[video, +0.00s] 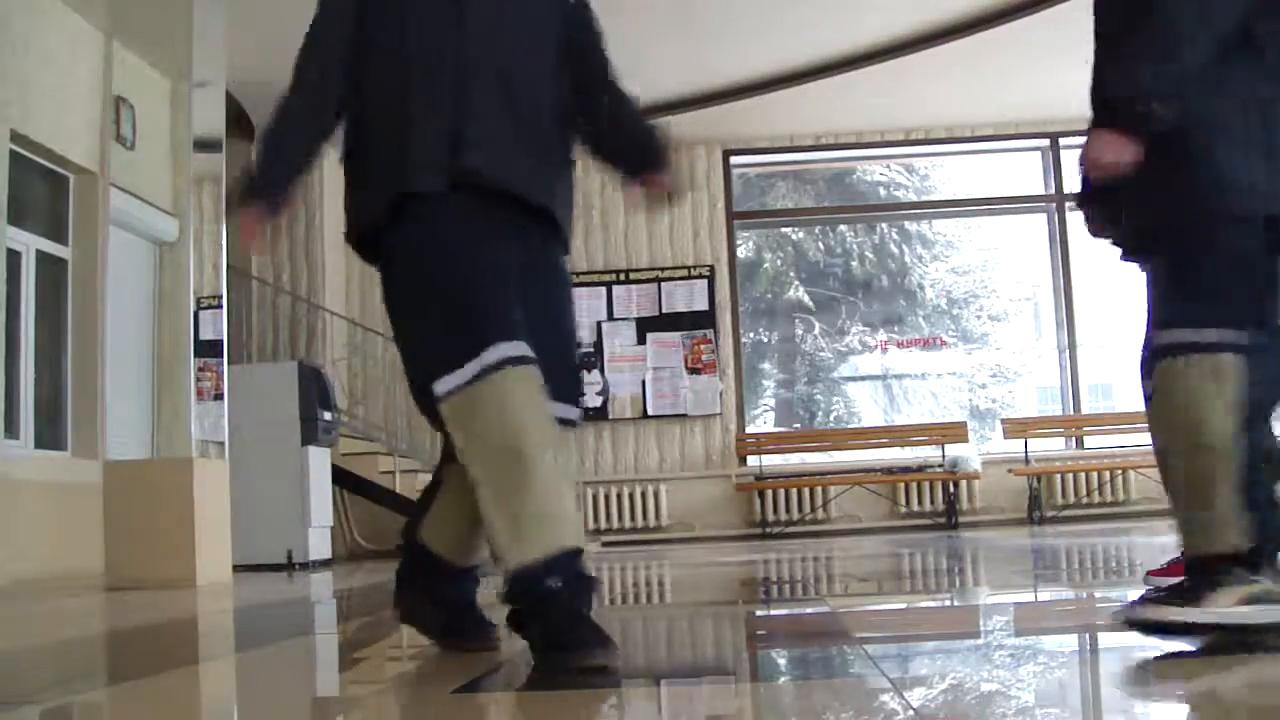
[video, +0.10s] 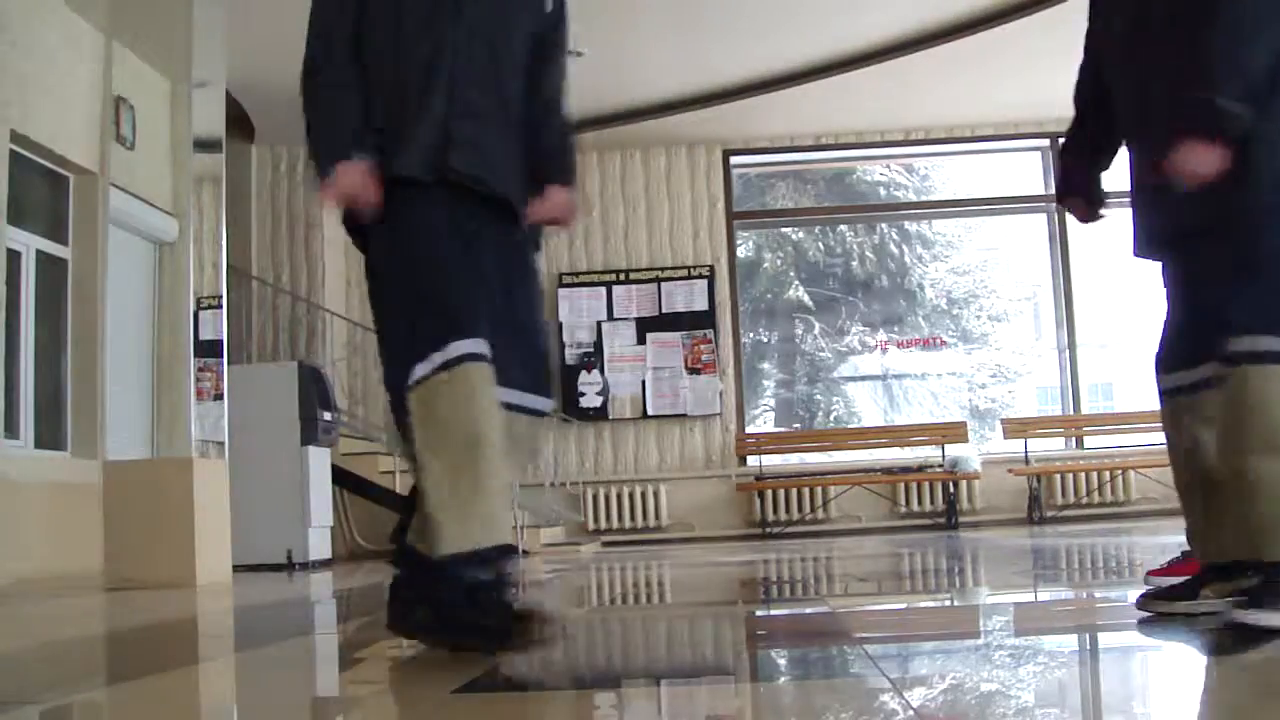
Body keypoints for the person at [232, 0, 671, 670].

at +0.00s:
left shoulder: (558, 12)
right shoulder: (360, 10)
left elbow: (585, 83)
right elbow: (324, 72)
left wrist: (644, 151)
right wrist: (269, 178)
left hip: (526, 193)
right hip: (422, 180)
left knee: (535, 395)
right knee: (494, 382)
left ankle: (434, 574)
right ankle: (555, 608)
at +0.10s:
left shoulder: (539, 9)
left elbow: (544, 61)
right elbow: (330, 37)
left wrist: (554, 168)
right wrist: (342, 148)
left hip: (501, 166)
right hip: (403, 153)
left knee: (502, 370)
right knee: (449, 360)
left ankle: (426, 580)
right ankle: (468, 584)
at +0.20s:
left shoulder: (513, 8)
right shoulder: (347, 4)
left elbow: (528, 80)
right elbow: (294, 72)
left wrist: (531, 143)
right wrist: (367, 91)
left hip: (485, 203)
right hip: (393, 199)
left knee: (501, 404)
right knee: (422, 375)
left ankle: (433, 593)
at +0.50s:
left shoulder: (469, 12)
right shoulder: (323, 5)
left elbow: (494, 56)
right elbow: (297, 19)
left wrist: (535, 93)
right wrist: (328, 58)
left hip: (442, 213)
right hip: (341, 210)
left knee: (454, 408)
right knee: (342, 413)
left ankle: (434, 577)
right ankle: (326, 590)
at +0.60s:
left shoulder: (463, 16)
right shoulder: (307, 8)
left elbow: (506, 96)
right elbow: (267, 82)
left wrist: (550, 123)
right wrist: (297, 101)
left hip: (426, 250)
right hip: (321, 248)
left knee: (431, 424)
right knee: (322, 430)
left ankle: (437, 580)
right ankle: (323, 598)